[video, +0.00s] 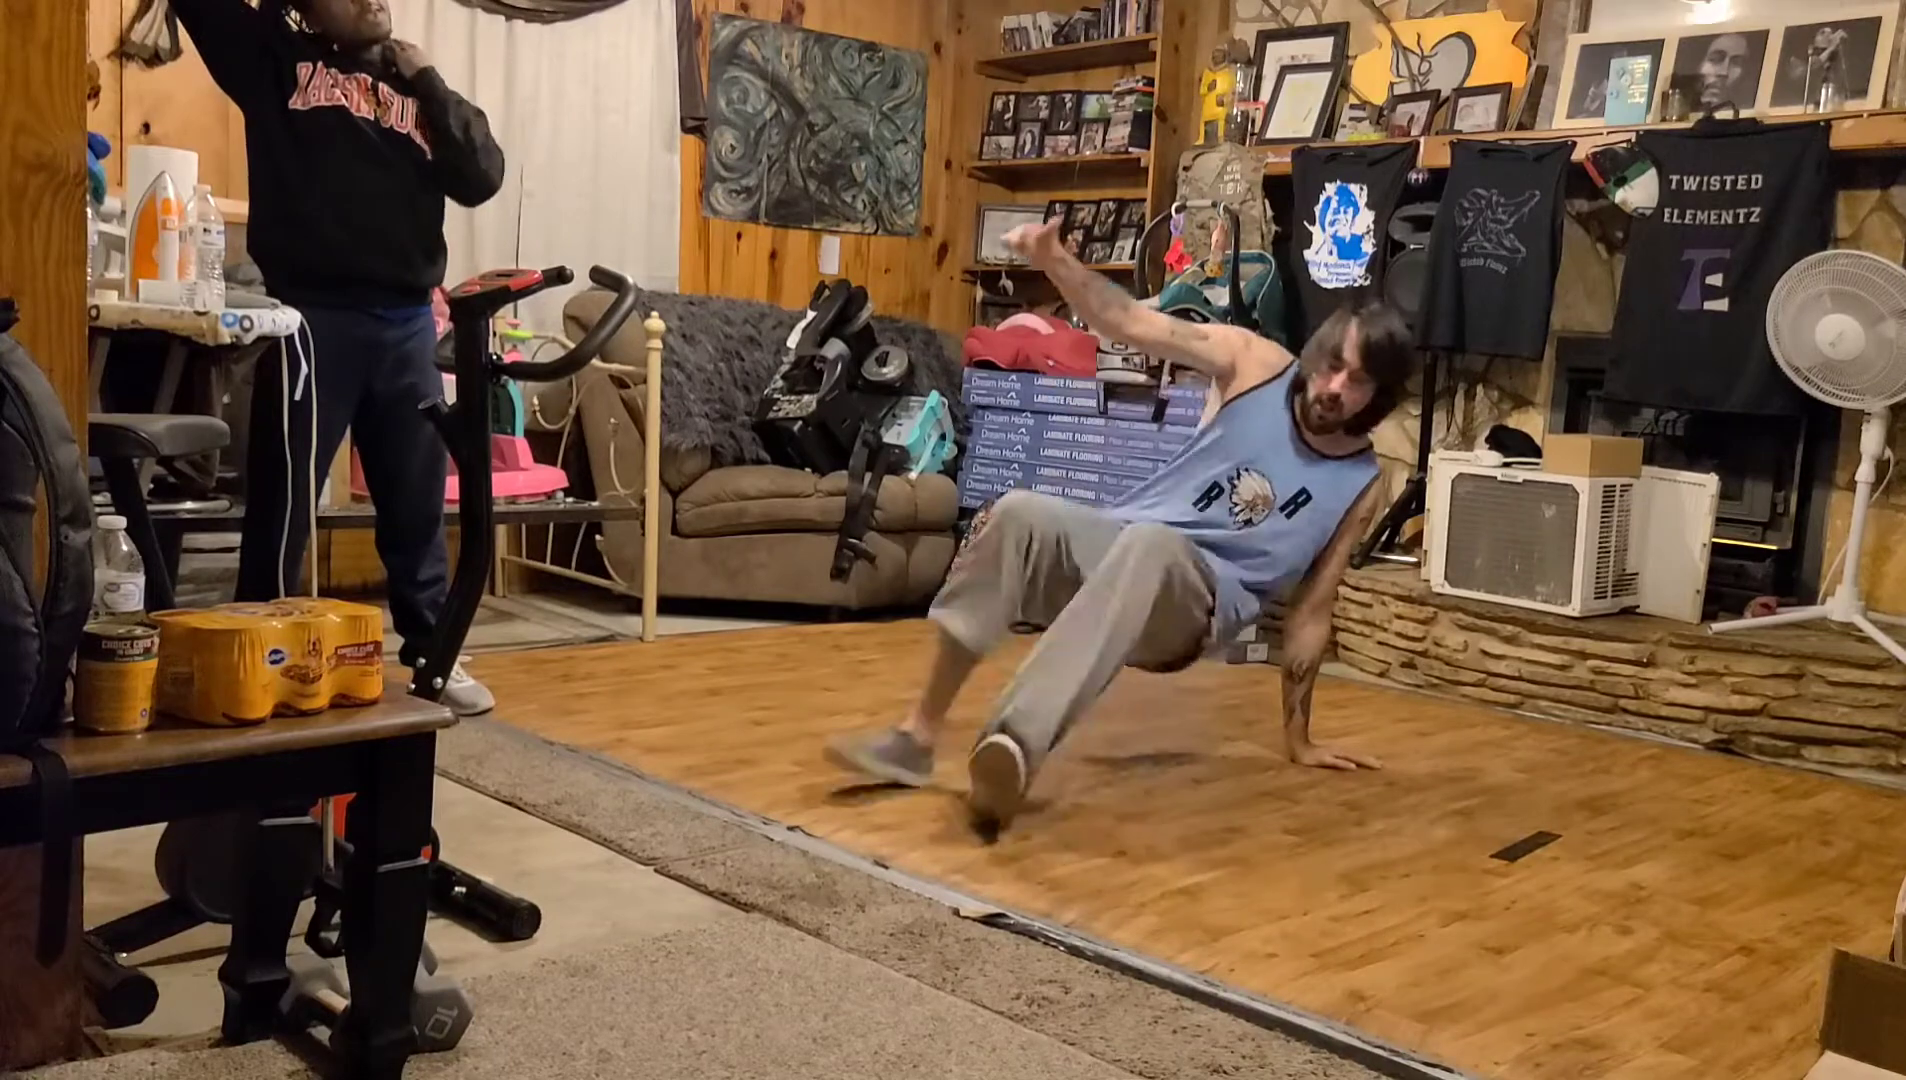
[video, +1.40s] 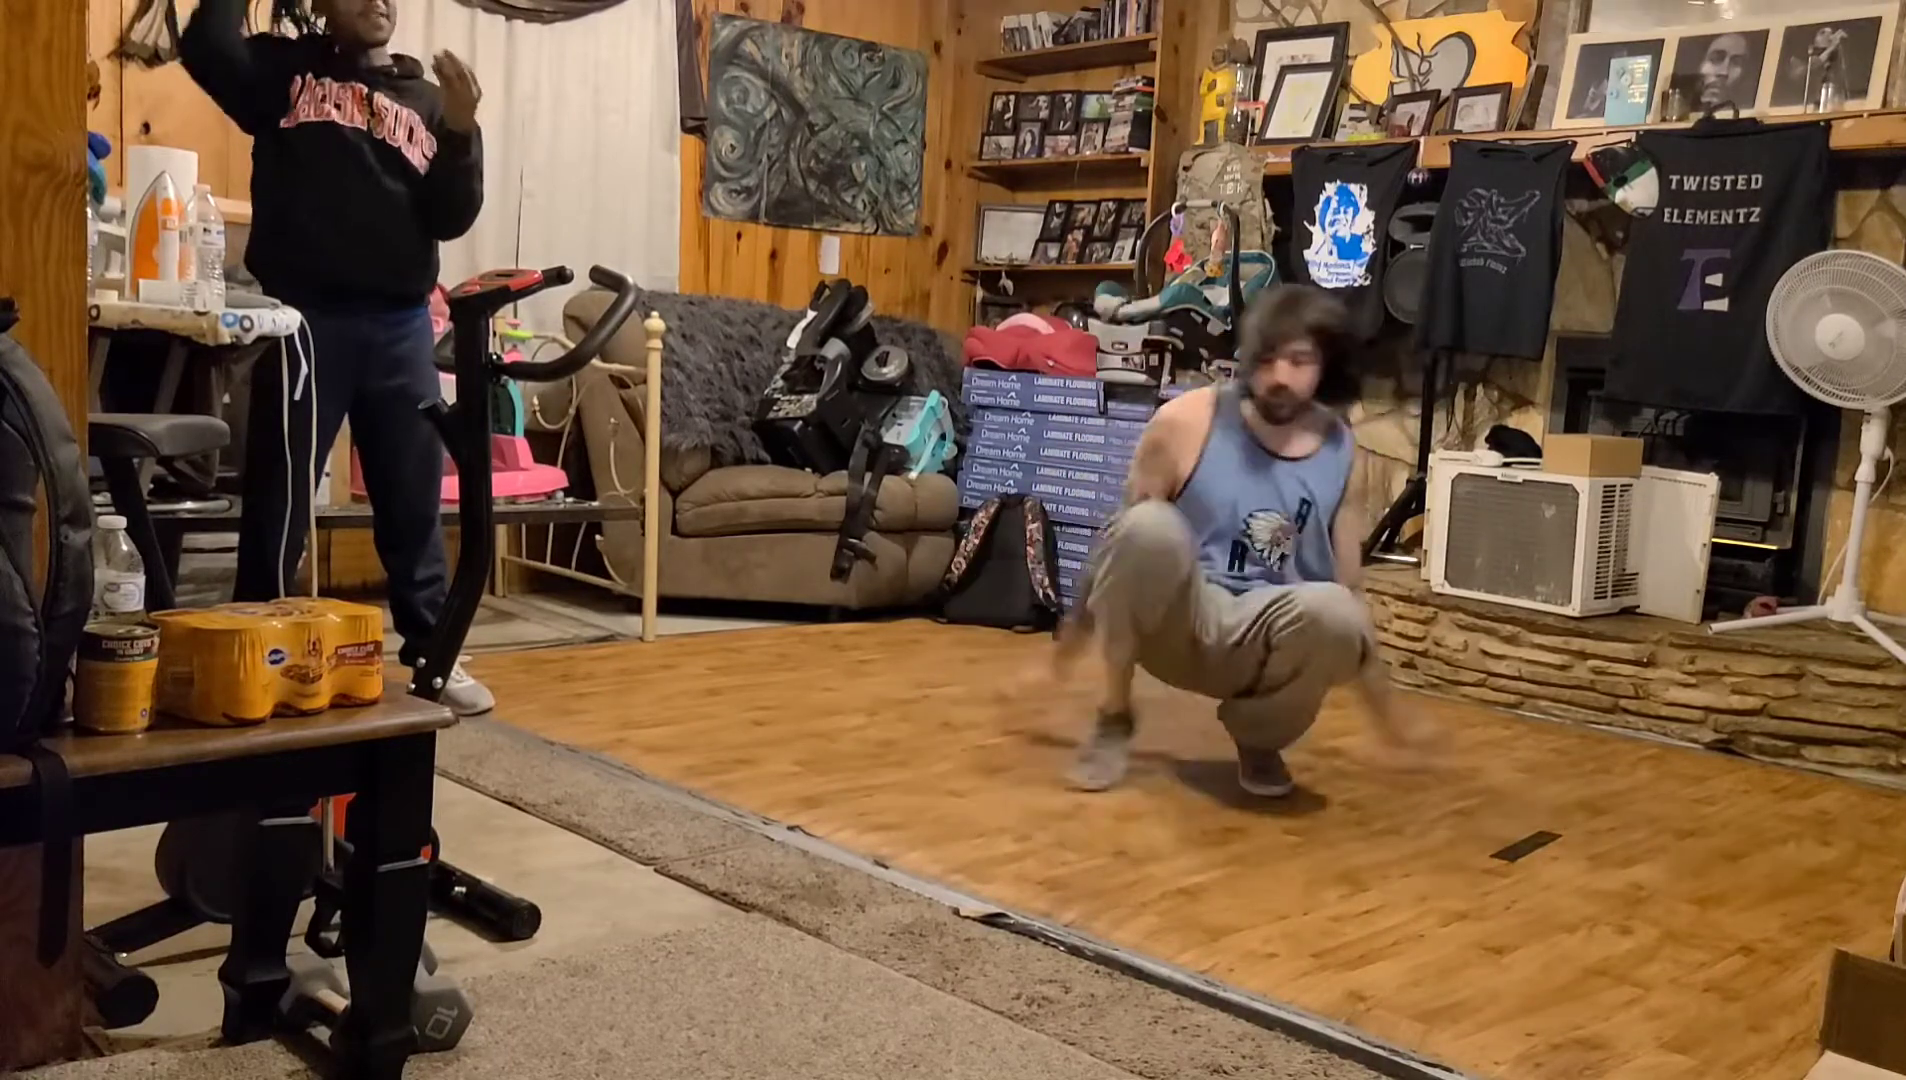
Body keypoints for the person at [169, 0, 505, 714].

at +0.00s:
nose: (374, 2)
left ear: (383, 7)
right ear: (306, 8)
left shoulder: (418, 87)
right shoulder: (273, 58)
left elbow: (481, 180)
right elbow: (195, 0)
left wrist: (429, 85)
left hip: (405, 323)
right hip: (308, 319)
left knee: (416, 502)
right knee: (283, 503)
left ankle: (432, 658)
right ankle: (259, 663)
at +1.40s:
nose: (382, 4)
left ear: (395, 10)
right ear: (323, 6)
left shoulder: (423, 97)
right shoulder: (286, 63)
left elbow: (450, 220)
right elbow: (207, 51)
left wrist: (461, 132)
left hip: (400, 324)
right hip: (300, 321)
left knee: (413, 500)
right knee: (279, 500)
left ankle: (432, 657)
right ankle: (257, 662)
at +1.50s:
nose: (386, 3)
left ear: (401, 11)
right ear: (331, 2)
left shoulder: (429, 99)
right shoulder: (287, 63)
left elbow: (448, 220)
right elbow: (234, 121)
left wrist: (463, 141)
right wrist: (257, 22)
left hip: (398, 325)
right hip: (298, 322)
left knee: (413, 499)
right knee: (278, 499)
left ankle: (432, 658)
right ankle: (252, 660)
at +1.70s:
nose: (414, 10)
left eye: (417, 3)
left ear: (415, 16)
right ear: (344, 4)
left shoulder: (435, 105)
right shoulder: (290, 74)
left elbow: (448, 224)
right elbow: (247, 149)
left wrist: (474, 156)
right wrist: (326, 117)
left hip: (400, 327)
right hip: (303, 326)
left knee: (415, 498)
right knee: (280, 499)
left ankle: (432, 656)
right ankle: (253, 660)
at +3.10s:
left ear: (477, 12)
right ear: (403, 8)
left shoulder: (508, 117)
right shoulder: (351, 89)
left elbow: (530, 236)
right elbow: (302, 186)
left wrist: (455, 249)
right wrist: (320, 204)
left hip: (451, 334)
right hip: (356, 327)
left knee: (449, 502)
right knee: (333, 495)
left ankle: (434, 661)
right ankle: (308, 657)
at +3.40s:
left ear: (417, 7)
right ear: (334, 5)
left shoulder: (456, 112)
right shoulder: (293, 93)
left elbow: (472, 245)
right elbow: (274, 197)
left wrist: (424, 333)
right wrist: (217, 214)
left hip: (416, 334)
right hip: (317, 329)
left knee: (433, 497)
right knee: (314, 494)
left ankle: (433, 657)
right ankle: (305, 654)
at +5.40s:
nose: (258, 17)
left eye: (278, 4)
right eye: (249, 3)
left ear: (320, 11)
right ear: (236, 8)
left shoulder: (373, 97)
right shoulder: (206, 97)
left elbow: (406, 226)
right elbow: (177, 215)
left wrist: (357, 322)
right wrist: (208, 316)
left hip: (376, 309)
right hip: (275, 314)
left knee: (409, 482)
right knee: (292, 488)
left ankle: (442, 653)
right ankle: (298, 650)